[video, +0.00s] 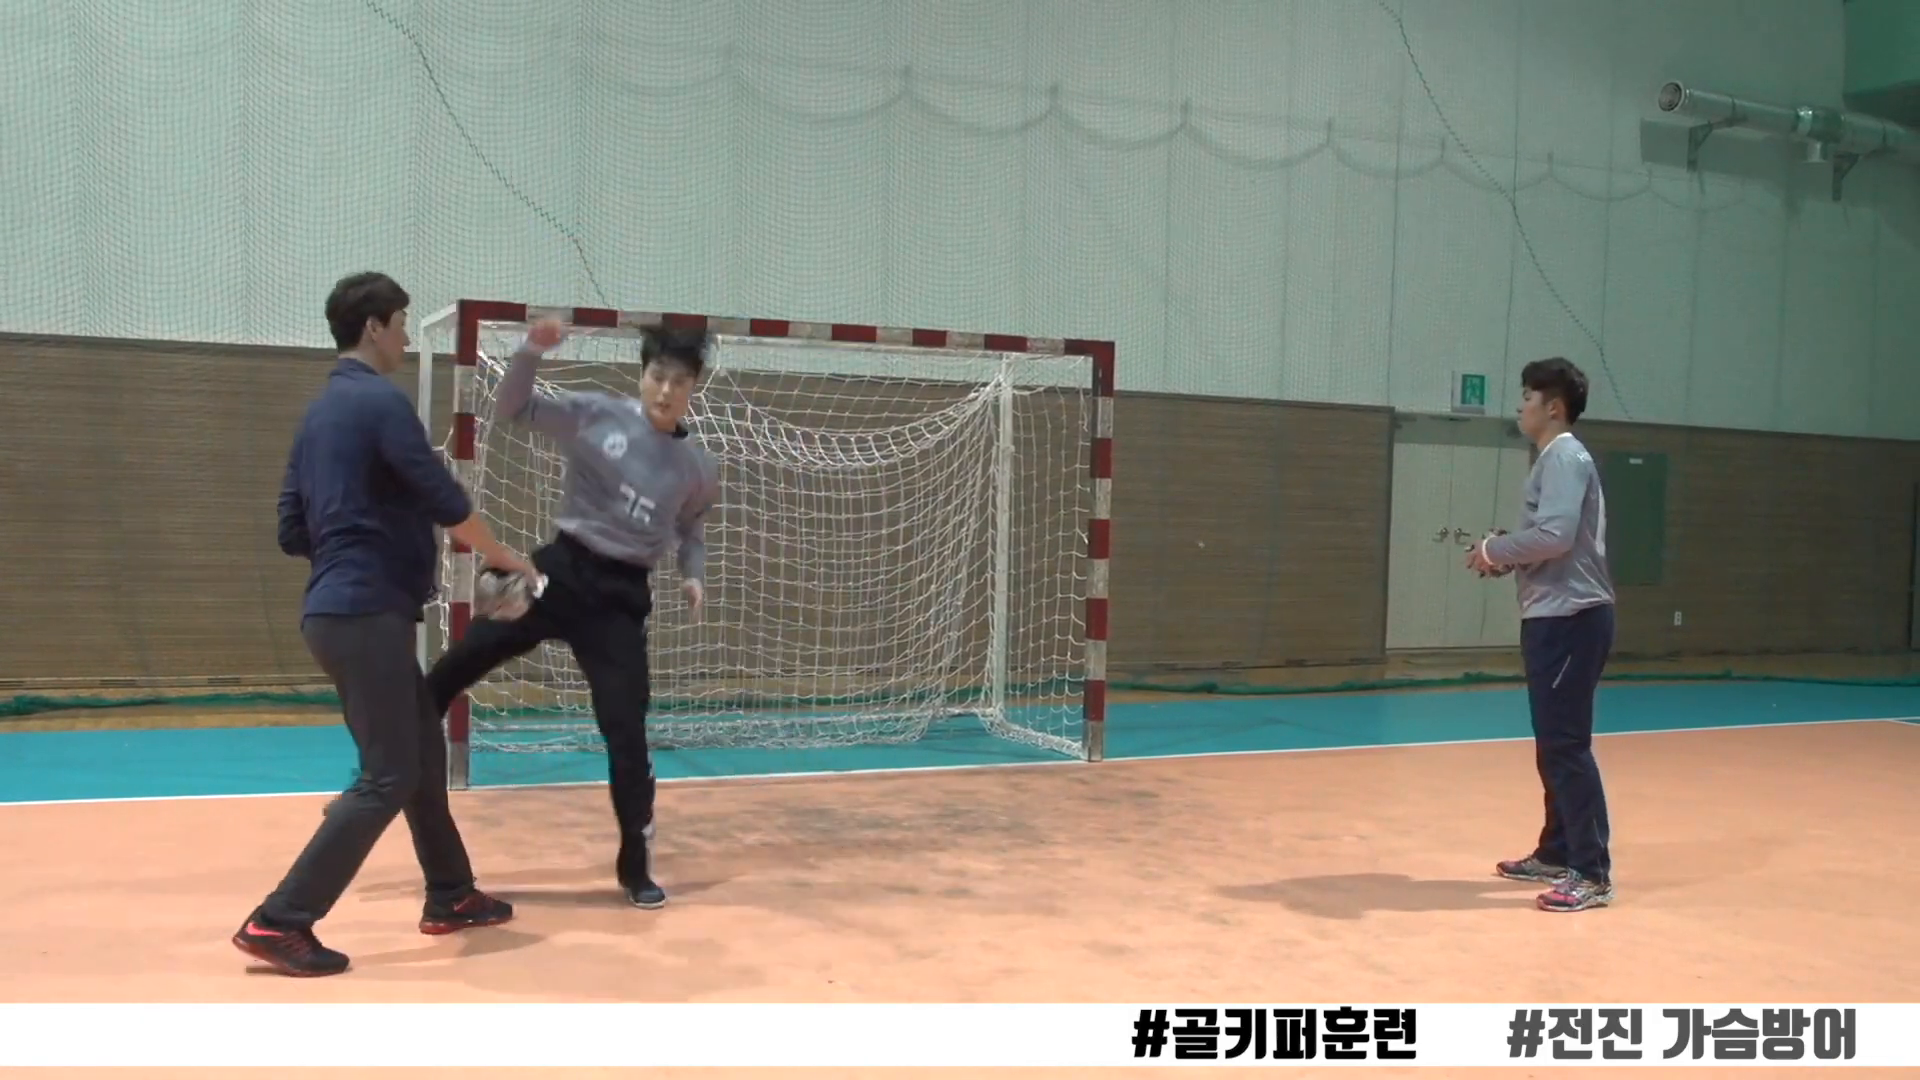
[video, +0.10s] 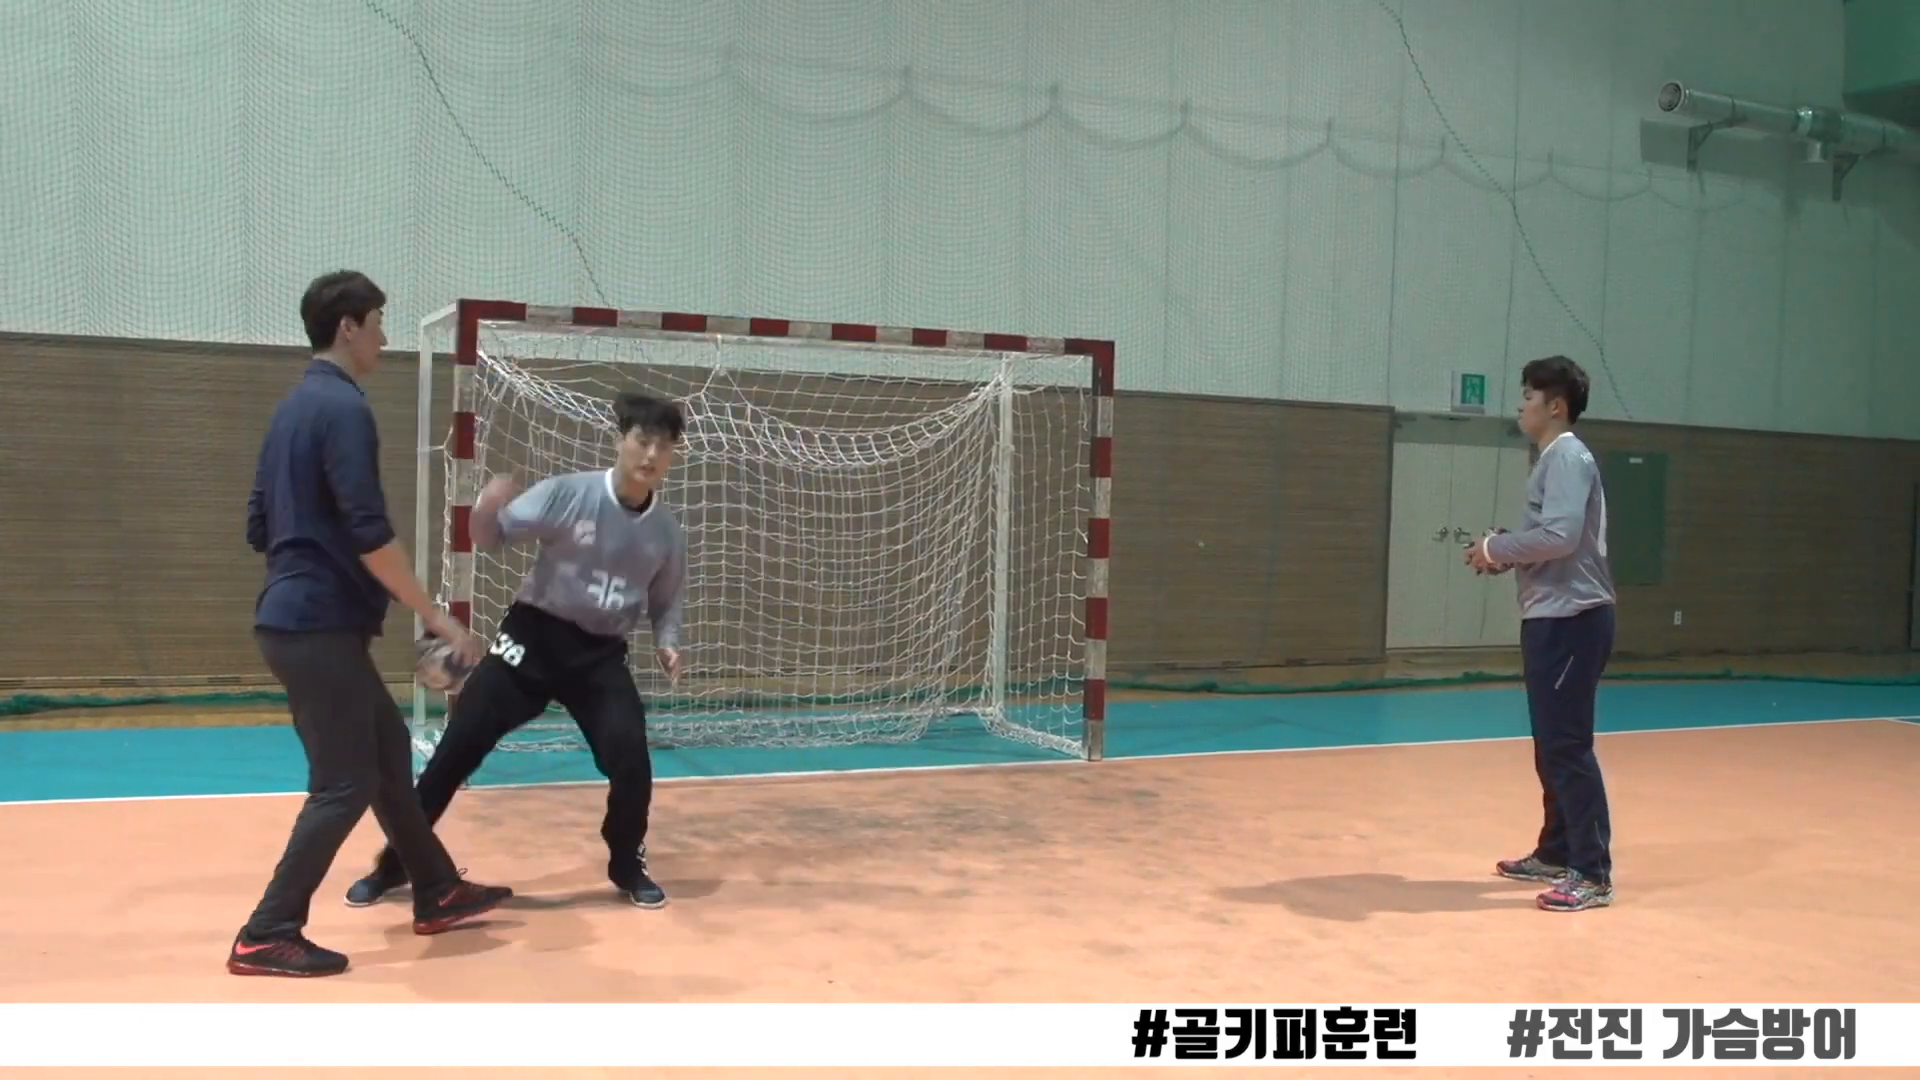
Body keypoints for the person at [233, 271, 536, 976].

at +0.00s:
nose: (408, 336)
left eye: (405, 324)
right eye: (401, 324)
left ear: (353, 330)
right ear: (374, 327)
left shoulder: (322, 410)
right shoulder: (382, 400)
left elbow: (295, 530)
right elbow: (446, 501)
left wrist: (386, 538)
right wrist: (502, 556)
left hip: (335, 607)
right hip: (369, 610)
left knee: (423, 754)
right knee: (386, 777)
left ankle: (450, 896)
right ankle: (279, 923)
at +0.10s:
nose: (385, 340)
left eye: (383, 325)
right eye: (379, 325)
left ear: (333, 330)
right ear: (348, 328)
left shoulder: (294, 407)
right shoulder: (342, 407)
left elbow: (264, 529)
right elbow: (371, 537)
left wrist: (338, 566)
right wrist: (441, 618)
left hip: (293, 618)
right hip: (318, 624)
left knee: (387, 744)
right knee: (346, 780)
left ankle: (436, 891)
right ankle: (267, 935)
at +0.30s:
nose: (331, 325)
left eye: (330, 312)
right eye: (325, 311)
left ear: (283, 317)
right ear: (293, 316)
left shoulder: (268, 387)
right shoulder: (260, 392)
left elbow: (250, 513)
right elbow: (213, 506)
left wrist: (312, 555)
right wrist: (238, 605)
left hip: (250, 614)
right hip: (235, 618)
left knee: (310, 741)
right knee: (289, 759)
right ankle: (267, 935)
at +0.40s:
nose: (294, 324)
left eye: (294, 310)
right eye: (288, 310)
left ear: (249, 315)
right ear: (254, 314)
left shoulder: (236, 392)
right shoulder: (210, 388)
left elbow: (215, 517)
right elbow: (138, 484)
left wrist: (286, 556)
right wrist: (153, 576)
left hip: (210, 621)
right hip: (200, 623)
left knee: (204, 775)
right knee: (252, 770)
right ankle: (263, 935)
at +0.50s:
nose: (255, 329)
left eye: (254, 316)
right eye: (249, 315)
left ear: (210, 320)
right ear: (213, 319)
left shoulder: (199, 405)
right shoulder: (163, 395)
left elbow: (187, 531)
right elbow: (76, 483)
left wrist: (264, 563)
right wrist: (88, 567)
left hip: (150, 631)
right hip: (149, 633)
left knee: (95, 784)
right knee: (219, 775)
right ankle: (259, 934)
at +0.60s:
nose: (217, 342)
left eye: (217, 329)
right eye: (210, 328)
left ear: (169, 330)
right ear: (174, 328)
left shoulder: (154, 413)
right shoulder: (121, 399)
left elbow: (150, 547)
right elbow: (29, 488)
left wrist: (232, 571)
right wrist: (43, 577)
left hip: (80, 639)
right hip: (86, 639)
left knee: (20, 793)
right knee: (173, 779)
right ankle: (246, 932)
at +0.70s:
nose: (190, 340)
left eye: (190, 326)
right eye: (184, 325)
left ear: (141, 324)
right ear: (148, 323)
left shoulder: (123, 408)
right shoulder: (93, 387)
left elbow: (104, 546)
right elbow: (14, 477)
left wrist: (189, 572)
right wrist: (19, 590)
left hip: (45, 631)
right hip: (42, 630)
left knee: (3, 786)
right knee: (131, 770)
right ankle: (193, 935)